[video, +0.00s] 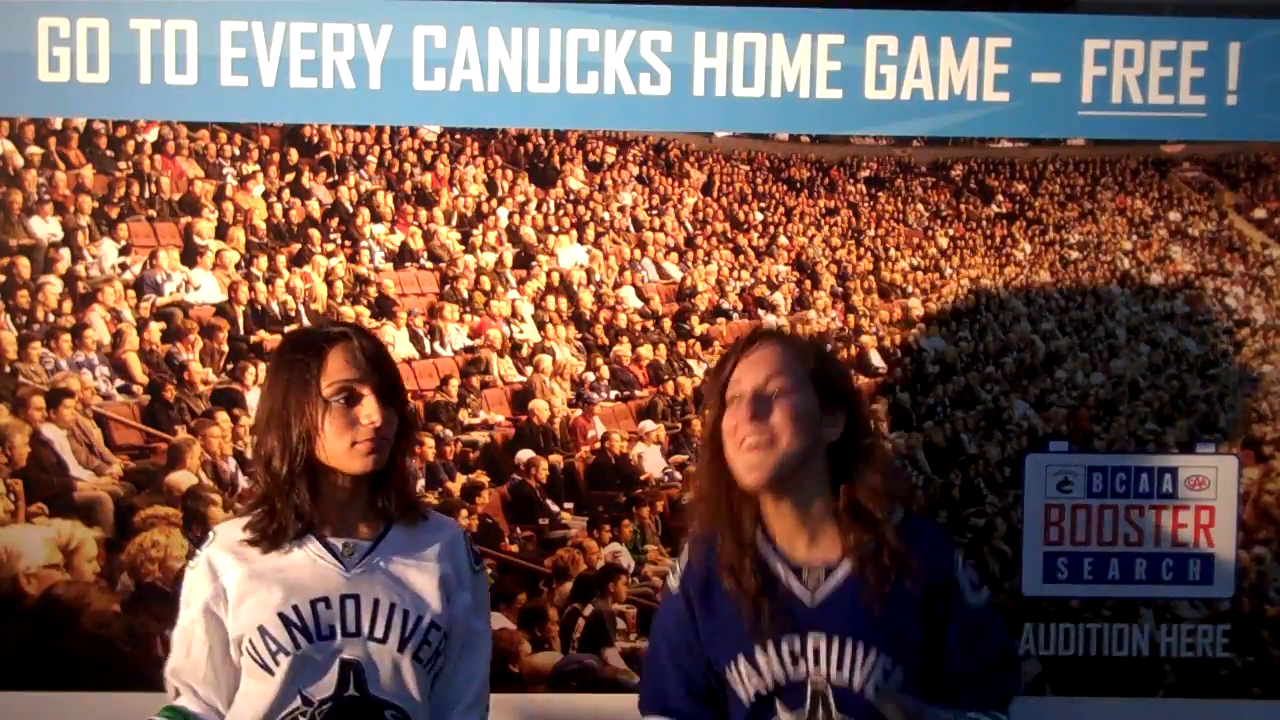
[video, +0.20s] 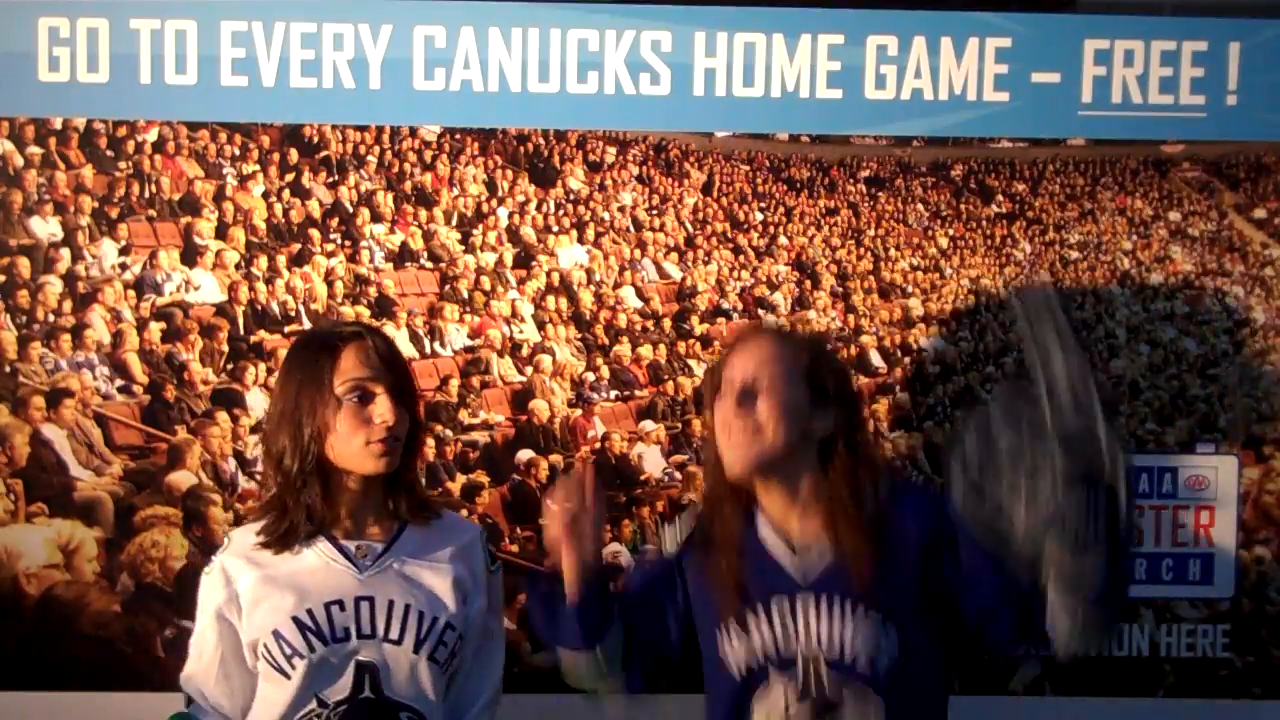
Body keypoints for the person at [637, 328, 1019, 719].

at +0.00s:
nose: (747, 414)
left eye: (774, 395)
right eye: (732, 401)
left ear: (831, 420)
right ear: (719, 428)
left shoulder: (918, 556)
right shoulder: (706, 562)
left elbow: (991, 691)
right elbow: (669, 705)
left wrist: (924, 711)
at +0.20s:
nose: (733, 410)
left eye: (758, 391)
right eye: (725, 395)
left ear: (823, 417)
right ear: (713, 427)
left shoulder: (915, 522)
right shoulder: (705, 552)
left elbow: (1015, 646)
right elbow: (616, 673)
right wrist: (579, 573)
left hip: (895, 713)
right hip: (759, 714)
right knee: (788, 685)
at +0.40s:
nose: (749, 386)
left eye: (775, 372)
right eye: (734, 368)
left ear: (815, 400)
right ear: (711, 391)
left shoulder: (904, 497)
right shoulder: (688, 536)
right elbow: (646, 695)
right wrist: (595, 628)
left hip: (894, 712)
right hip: (758, 714)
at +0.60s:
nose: (743, 416)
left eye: (769, 400)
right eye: (726, 396)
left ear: (808, 428)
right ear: (700, 420)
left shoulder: (891, 530)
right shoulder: (691, 572)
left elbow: (985, 670)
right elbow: (690, 716)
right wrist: (621, 685)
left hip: (889, 712)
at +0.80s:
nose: (742, 434)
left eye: (766, 409)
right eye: (739, 417)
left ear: (841, 420)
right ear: (731, 438)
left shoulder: (924, 560)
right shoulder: (729, 563)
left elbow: (980, 698)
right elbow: (646, 684)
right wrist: (605, 588)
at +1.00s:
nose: (774, 410)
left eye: (801, 392)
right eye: (785, 392)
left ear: (875, 428)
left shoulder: (954, 563)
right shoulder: (745, 536)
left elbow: (1064, 692)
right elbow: (672, 633)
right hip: (745, 711)